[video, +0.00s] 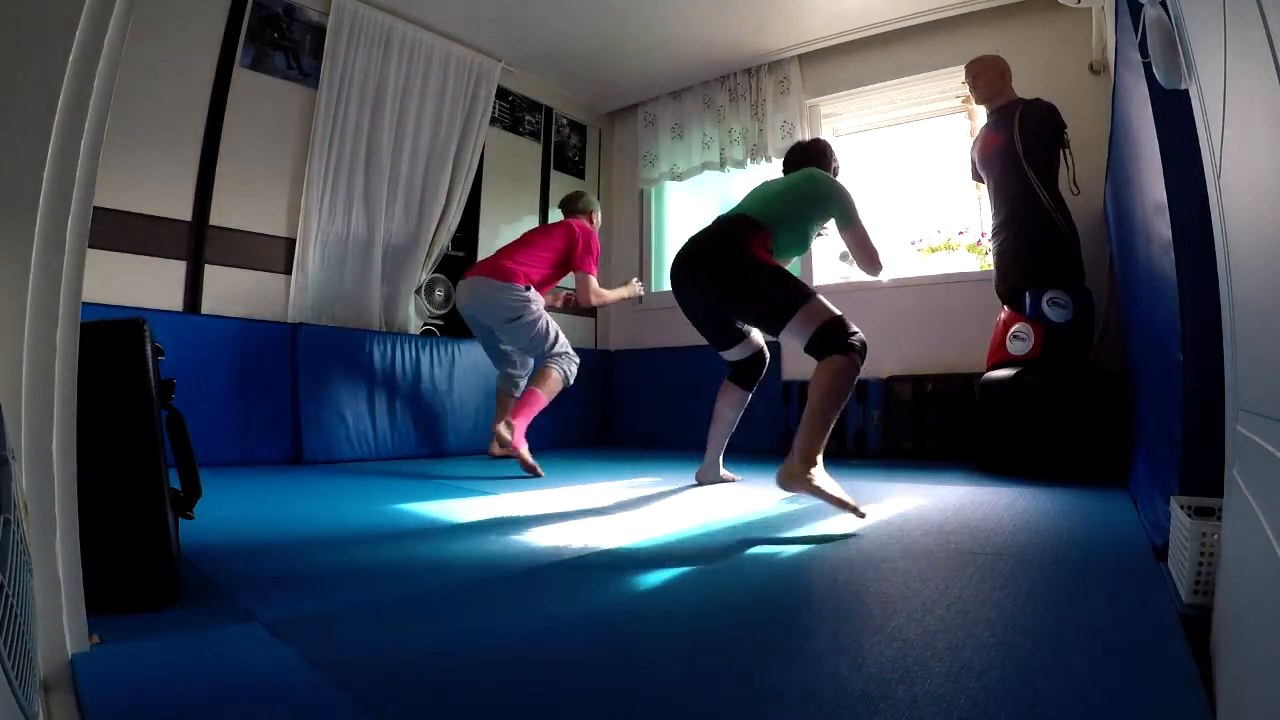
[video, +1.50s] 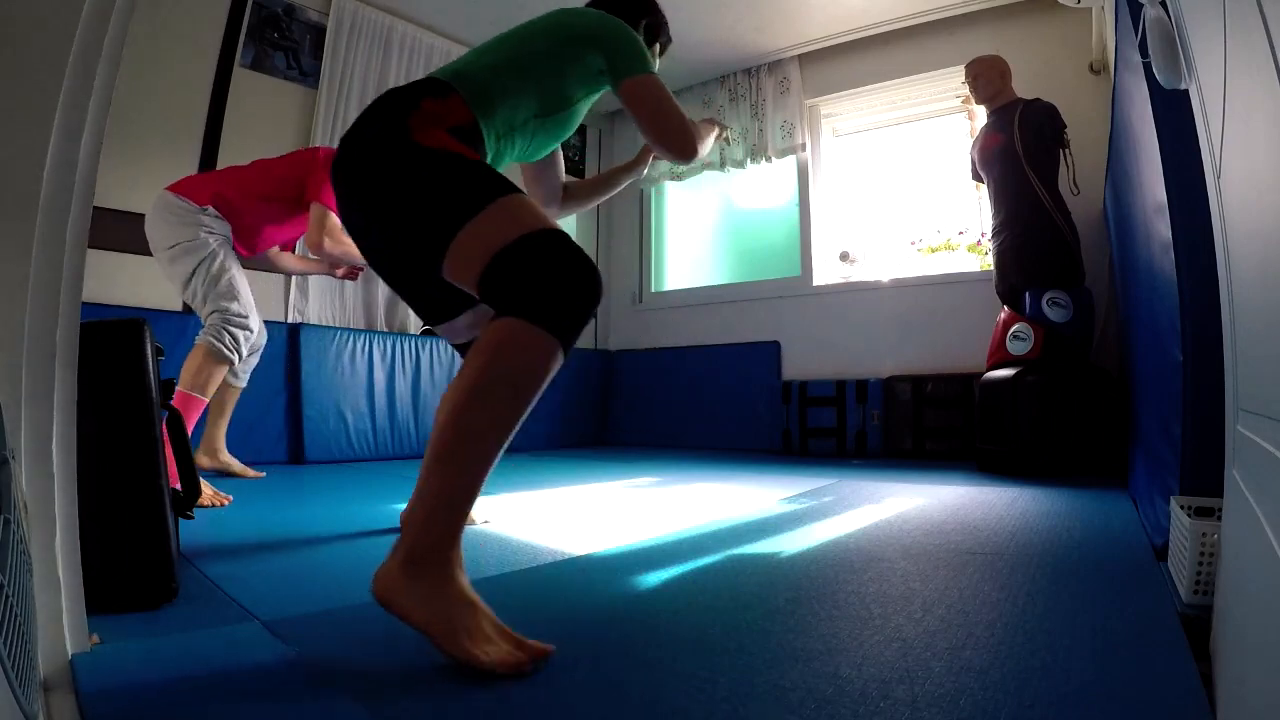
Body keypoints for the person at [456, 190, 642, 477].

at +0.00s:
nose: (599, 224)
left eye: (599, 219)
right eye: (599, 218)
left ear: (566, 215)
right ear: (592, 216)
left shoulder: (544, 230)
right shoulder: (585, 232)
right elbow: (589, 297)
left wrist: (549, 298)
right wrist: (626, 291)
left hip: (468, 289)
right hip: (507, 290)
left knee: (515, 364)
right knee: (563, 358)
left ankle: (500, 440)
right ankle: (516, 425)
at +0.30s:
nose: (565, 212)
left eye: (564, 207)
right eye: (565, 207)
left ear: (531, 201)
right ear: (559, 203)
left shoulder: (510, 217)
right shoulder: (545, 217)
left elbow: (465, 257)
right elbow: (553, 285)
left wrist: (501, 293)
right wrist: (589, 283)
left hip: (418, 275)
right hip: (454, 273)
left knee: (470, 355)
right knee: (525, 340)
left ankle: (440, 441)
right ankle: (486, 430)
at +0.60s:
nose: (525, 204)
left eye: (526, 198)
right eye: (526, 196)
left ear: (487, 186)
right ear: (519, 189)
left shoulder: (461, 203)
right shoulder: (503, 201)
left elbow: (412, 261)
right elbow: (509, 273)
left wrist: (454, 282)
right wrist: (544, 274)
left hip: (360, 258)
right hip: (395, 257)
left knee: (419, 349)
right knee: (459, 341)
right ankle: (434, 451)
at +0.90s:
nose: (472, 187)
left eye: (473, 182)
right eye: (473, 180)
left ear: (433, 172)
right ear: (465, 173)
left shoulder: (412, 190)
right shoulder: (451, 191)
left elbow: (349, 240)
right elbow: (459, 269)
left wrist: (389, 274)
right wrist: (493, 267)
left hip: (302, 248)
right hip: (327, 255)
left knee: (363, 343)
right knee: (376, 361)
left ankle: (369, 441)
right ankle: (294, 457)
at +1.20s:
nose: (434, 179)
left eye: (436, 171)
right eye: (435, 168)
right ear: (423, 160)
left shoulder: (365, 181)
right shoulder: (390, 172)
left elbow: (309, 258)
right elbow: (390, 247)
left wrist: (364, 270)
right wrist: (441, 256)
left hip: (254, 236)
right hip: (250, 232)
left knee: (305, 340)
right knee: (301, 339)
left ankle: (280, 449)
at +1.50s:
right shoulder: (328, 164)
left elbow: (264, 256)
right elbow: (324, 242)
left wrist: (330, 267)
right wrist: (369, 256)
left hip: (211, 229)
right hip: (188, 213)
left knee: (251, 335)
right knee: (233, 324)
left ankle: (211, 450)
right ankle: (168, 454)